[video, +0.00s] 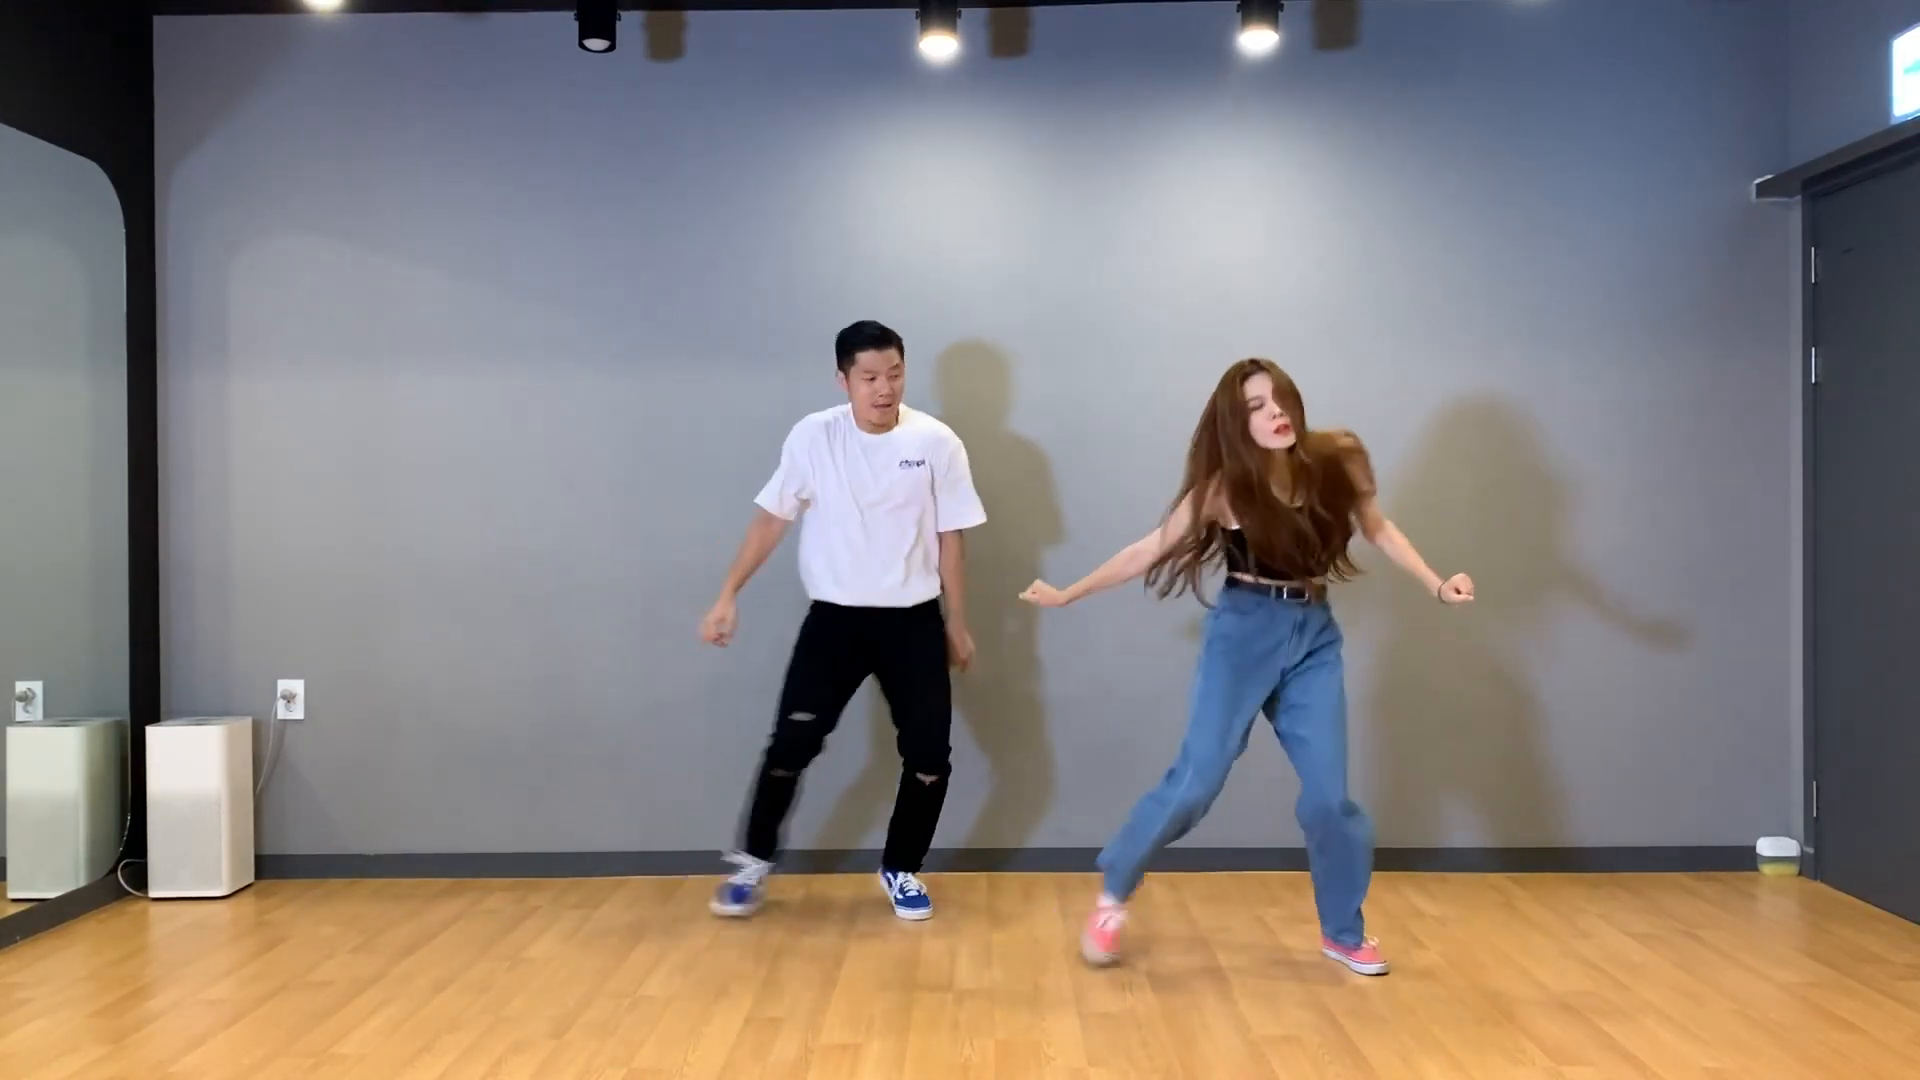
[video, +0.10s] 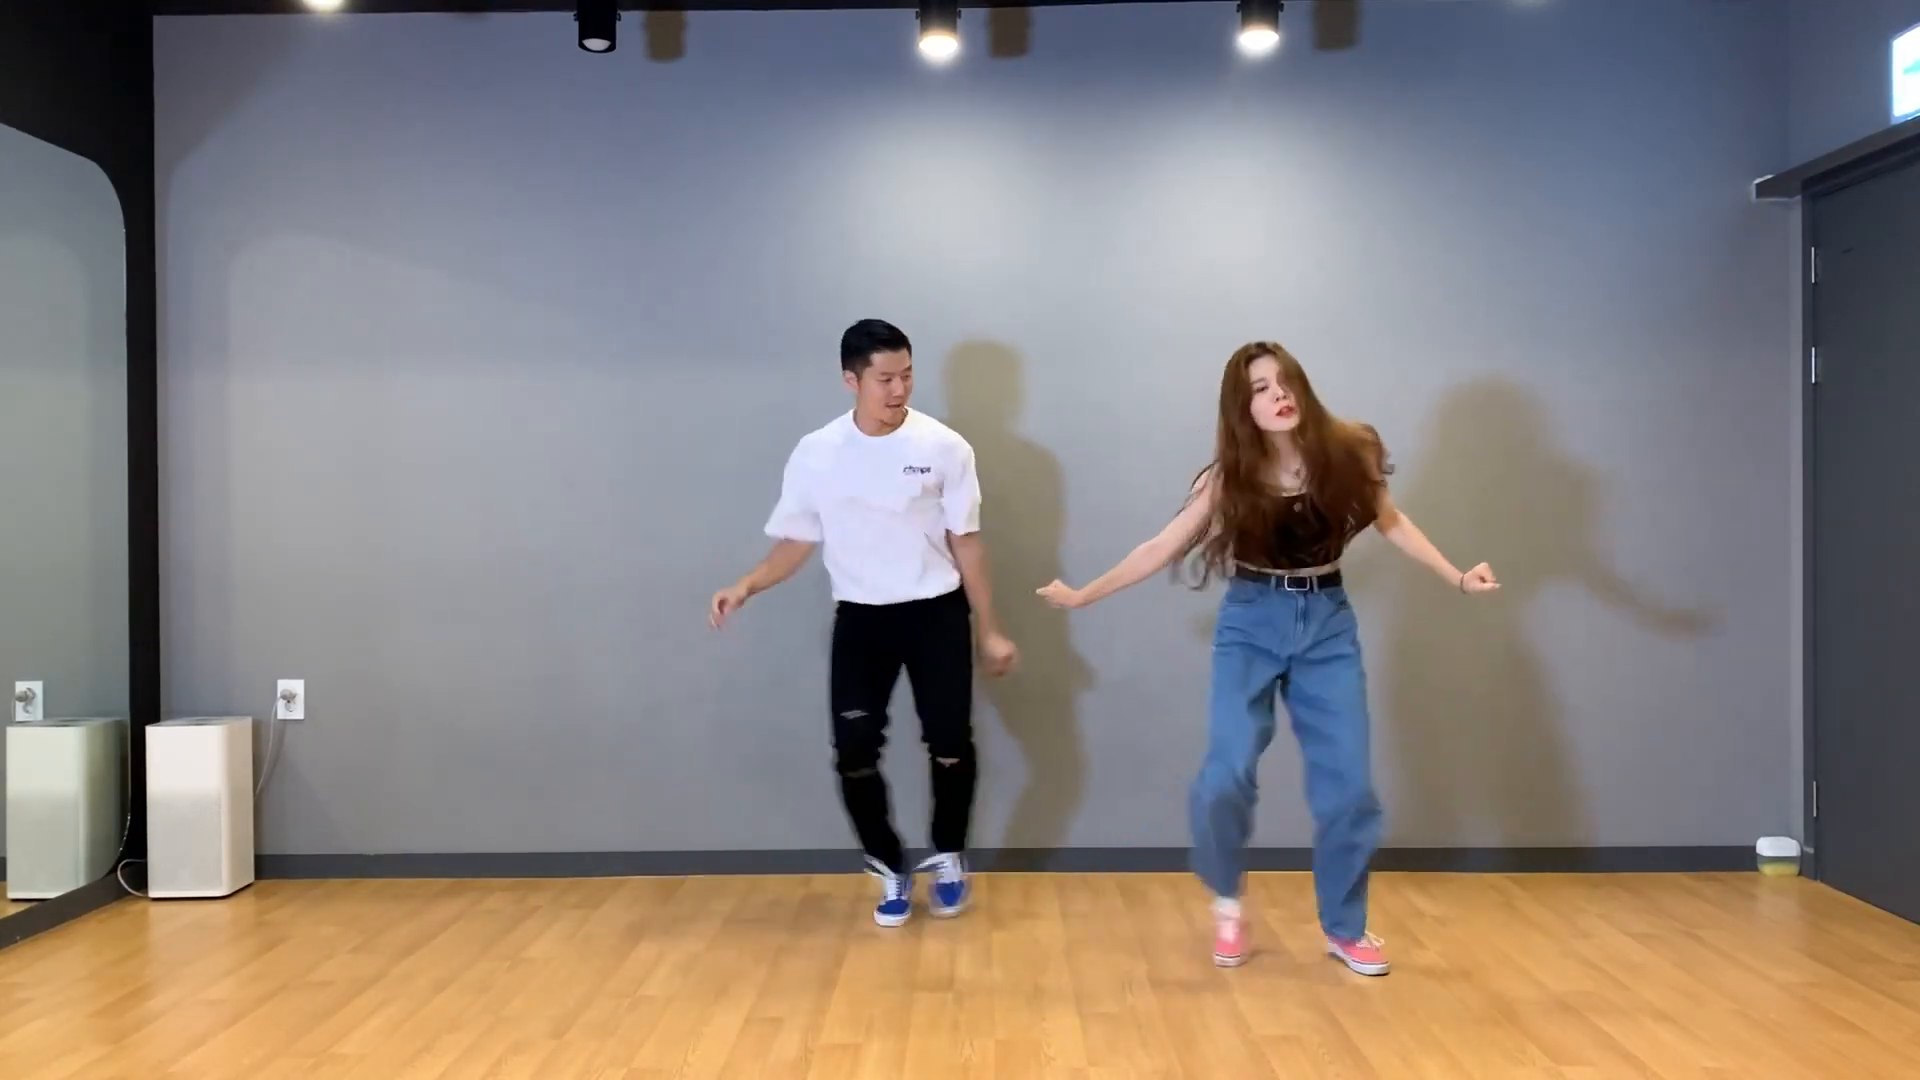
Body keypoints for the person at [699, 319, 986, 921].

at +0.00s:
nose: (883, 388)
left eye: (893, 374)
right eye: (868, 376)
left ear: (905, 374)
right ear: (844, 378)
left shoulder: (936, 442)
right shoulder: (812, 438)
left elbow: (949, 538)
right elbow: (771, 519)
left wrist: (956, 621)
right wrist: (728, 593)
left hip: (913, 622)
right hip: (834, 620)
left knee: (930, 759)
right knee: (792, 741)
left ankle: (901, 870)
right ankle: (754, 863)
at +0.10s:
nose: (899, 389)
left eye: (905, 375)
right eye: (884, 377)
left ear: (914, 374)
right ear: (851, 379)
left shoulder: (945, 448)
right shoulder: (816, 453)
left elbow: (967, 542)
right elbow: (796, 542)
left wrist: (988, 630)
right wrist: (747, 585)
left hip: (937, 614)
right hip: (860, 619)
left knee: (950, 741)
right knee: (853, 750)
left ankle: (948, 857)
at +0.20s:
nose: (914, 398)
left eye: (918, 385)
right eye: (900, 388)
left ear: (922, 382)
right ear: (863, 389)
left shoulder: (955, 449)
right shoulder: (829, 465)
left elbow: (993, 531)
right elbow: (803, 555)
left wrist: (1036, 601)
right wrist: (742, 576)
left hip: (965, 619)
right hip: (888, 632)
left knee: (998, 734)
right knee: (879, 760)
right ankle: (906, 882)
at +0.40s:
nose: (938, 417)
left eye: (940, 404)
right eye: (924, 408)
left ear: (943, 403)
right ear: (886, 414)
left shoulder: (978, 459)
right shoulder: (859, 487)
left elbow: (1068, 494)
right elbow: (812, 536)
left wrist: (1095, 567)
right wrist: (754, 532)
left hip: (1017, 627)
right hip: (944, 647)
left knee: (1082, 750)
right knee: (908, 768)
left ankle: (1150, 866)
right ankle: (961, 872)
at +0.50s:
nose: (932, 409)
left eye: (934, 396)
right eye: (918, 399)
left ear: (936, 393)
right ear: (880, 404)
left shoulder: (969, 446)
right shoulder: (844, 474)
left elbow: (1053, 496)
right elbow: (780, 525)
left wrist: (1097, 559)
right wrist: (742, 512)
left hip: (1006, 612)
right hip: (935, 632)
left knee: (1059, 739)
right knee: (926, 766)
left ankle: (1126, 853)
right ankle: (978, 880)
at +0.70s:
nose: (910, 379)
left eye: (914, 366)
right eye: (898, 369)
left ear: (918, 365)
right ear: (860, 371)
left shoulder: (943, 423)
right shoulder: (820, 435)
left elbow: (1025, 469)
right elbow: (745, 477)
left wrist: (1103, 486)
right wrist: (718, 435)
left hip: (961, 582)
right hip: (901, 597)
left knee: (916, 698)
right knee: (906, 741)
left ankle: (987, 811)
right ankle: (974, 872)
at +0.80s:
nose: (892, 369)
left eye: (897, 356)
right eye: (878, 359)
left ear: (903, 353)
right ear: (843, 361)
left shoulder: (929, 413)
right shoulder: (809, 419)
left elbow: (1009, 455)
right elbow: (731, 449)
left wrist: (1089, 458)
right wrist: (701, 410)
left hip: (932, 581)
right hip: (877, 592)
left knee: (861, 704)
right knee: (905, 730)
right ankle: (974, 869)